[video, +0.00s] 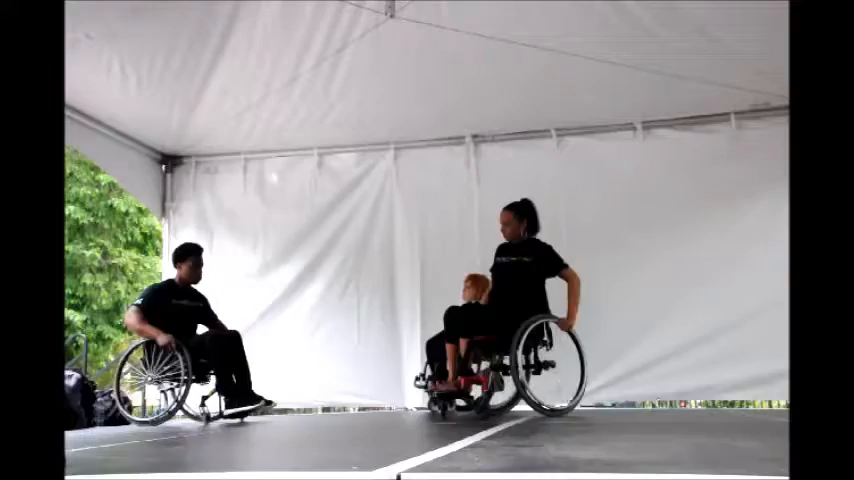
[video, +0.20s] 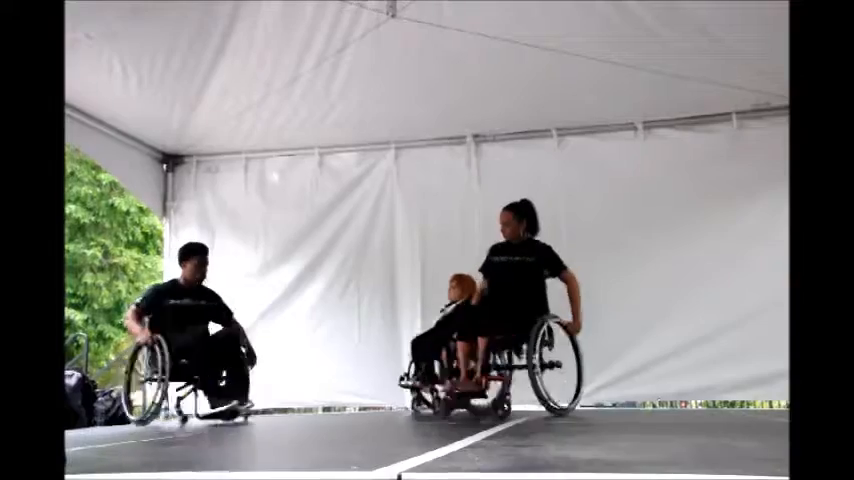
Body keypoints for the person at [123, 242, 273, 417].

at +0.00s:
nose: (200, 270)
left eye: (201, 265)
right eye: (195, 265)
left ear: (200, 266)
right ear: (179, 266)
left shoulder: (198, 300)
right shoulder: (158, 292)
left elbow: (219, 329)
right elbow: (131, 319)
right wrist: (158, 335)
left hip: (187, 356)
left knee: (232, 338)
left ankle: (245, 395)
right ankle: (231, 398)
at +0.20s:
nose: (203, 270)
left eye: (205, 265)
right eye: (198, 265)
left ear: (207, 265)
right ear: (184, 264)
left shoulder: (209, 297)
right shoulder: (160, 293)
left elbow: (232, 325)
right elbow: (131, 317)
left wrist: (247, 348)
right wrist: (141, 333)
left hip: (199, 356)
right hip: (166, 360)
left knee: (231, 338)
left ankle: (238, 400)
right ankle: (218, 402)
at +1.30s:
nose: (185, 260)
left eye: (191, 255)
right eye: (181, 255)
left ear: (199, 257)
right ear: (174, 258)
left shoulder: (209, 287)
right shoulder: (165, 290)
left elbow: (218, 316)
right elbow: (151, 319)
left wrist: (203, 343)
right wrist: (125, 340)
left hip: (194, 350)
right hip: (167, 348)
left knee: (159, 333)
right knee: (133, 333)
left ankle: (143, 398)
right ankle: (127, 397)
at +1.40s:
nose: (186, 260)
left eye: (191, 255)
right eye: (182, 255)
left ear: (200, 257)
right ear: (175, 258)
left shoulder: (210, 287)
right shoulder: (165, 290)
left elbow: (219, 315)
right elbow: (147, 319)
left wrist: (205, 342)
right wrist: (122, 341)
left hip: (195, 351)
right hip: (167, 348)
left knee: (161, 331)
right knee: (133, 333)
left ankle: (143, 399)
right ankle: (128, 398)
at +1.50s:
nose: (188, 259)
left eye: (193, 254)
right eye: (183, 254)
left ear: (201, 257)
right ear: (176, 257)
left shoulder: (211, 287)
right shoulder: (166, 290)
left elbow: (221, 317)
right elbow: (142, 319)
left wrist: (206, 342)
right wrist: (114, 346)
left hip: (199, 353)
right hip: (170, 351)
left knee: (163, 331)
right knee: (135, 333)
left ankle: (144, 399)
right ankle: (130, 398)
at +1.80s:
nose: (187, 257)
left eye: (192, 252)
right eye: (182, 252)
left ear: (201, 255)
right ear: (176, 255)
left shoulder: (211, 286)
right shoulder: (167, 288)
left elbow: (218, 315)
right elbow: (142, 310)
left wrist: (204, 340)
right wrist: (121, 326)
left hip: (200, 350)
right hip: (172, 349)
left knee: (161, 330)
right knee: (136, 332)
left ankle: (145, 397)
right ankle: (131, 396)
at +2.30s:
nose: (183, 254)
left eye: (188, 249)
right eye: (178, 250)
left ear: (197, 251)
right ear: (173, 254)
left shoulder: (212, 284)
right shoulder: (166, 286)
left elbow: (229, 314)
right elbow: (142, 313)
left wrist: (218, 329)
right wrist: (140, 277)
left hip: (203, 350)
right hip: (173, 348)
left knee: (169, 326)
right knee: (140, 328)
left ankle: (151, 395)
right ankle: (136, 396)